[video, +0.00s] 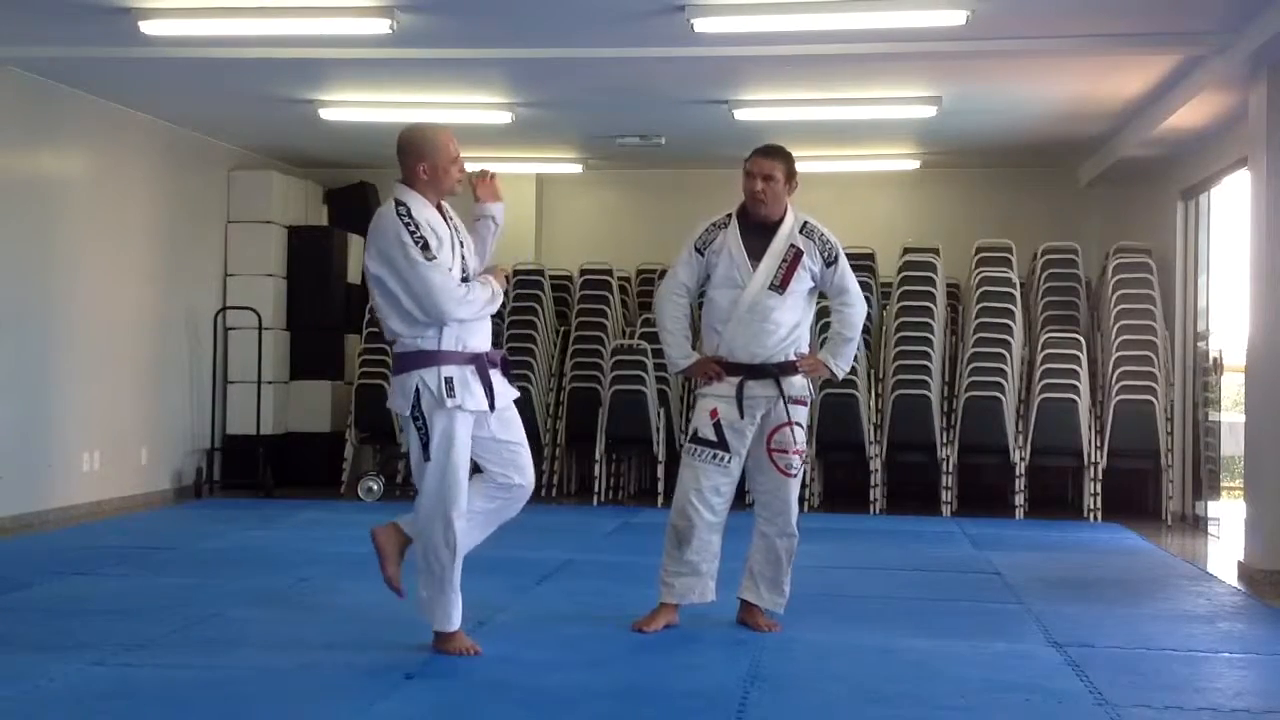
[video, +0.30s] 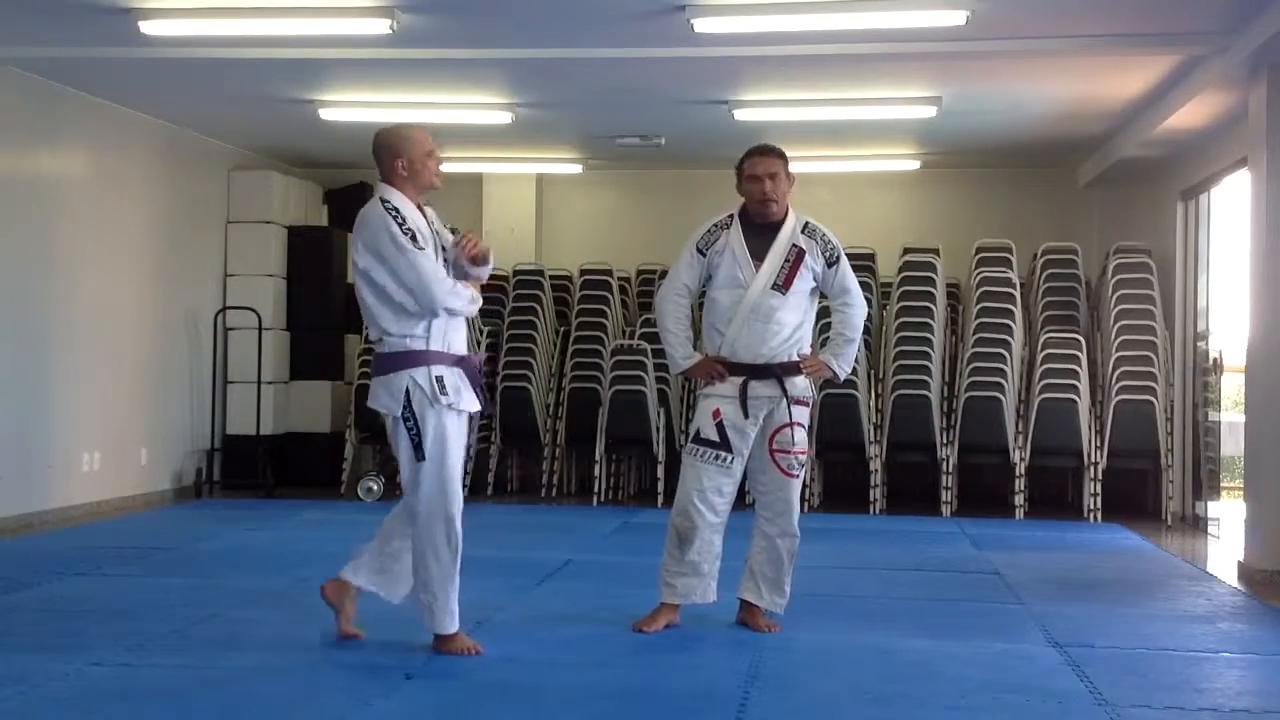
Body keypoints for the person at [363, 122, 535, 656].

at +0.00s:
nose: (462, 168)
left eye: (461, 159)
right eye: (455, 160)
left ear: (427, 168)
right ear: (424, 169)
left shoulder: (443, 217)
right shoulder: (396, 223)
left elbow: (471, 269)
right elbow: (441, 301)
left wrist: (488, 213)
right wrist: (491, 287)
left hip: (478, 374)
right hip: (433, 380)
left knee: (513, 480)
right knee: (443, 502)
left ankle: (404, 535)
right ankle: (446, 627)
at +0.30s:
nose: (440, 165)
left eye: (437, 156)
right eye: (431, 158)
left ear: (405, 166)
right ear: (400, 167)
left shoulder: (418, 216)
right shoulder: (383, 218)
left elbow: (463, 275)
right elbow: (434, 293)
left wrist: (471, 258)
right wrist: (471, 295)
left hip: (444, 375)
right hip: (416, 378)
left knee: (432, 498)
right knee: (438, 503)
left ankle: (350, 583)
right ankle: (445, 629)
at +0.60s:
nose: (425, 170)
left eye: (424, 162)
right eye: (415, 162)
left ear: (390, 170)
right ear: (382, 169)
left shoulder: (410, 223)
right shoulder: (349, 219)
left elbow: (461, 272)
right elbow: (398, 293)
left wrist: (411, 271)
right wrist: (436, 307)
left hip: (403, 378)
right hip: (365, 378)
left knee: (371, 496)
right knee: (397, 499)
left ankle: (315, 605)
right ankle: (432, 621)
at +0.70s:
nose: (417, 170)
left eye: (415, 161)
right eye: (407, 162)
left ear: (383, 170)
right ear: (375, 169)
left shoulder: (403, 224)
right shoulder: (343, 215)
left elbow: (451, 273)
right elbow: (391, 282)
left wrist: (393, 273)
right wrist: (428, 307)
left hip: (394, 379)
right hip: (356, 378)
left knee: (358, 494)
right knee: (392, 500)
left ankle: (313, 607)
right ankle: (427, 620)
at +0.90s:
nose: (411, 165)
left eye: (409, 156)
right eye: (401, 157)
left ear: (377, 164)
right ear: (368, 164)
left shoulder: (398, 222)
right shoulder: (338, 212)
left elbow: (447, 278)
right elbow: (382, 291)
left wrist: (393, 266)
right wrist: (416, 291)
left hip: (383, 370)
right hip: (347, 367)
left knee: (345, 486)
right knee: (385, 487)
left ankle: (309, 608)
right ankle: (382, 625)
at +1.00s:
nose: (411, 165)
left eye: (409, 157)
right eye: (402, 156)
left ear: (377, 165)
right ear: (369, 164)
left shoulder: (395, 223)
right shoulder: (341, 212)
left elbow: (435, 288)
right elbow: (380, 294)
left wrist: (387, 269)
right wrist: (418, 290)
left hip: (379, 374)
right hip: (347, 373)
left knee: (342, 493)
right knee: (364, 501)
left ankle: (309, 609)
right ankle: (356, 633)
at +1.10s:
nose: (414, 165)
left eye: (413, 156)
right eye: (406, 156)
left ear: (380, 164)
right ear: (372, 163)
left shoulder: (394, 222)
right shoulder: (344, 211)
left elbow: (435, 289)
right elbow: (385, 294)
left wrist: (389, 272)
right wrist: (420, 289)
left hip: (376, 378)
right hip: (345, 377)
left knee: (345, 499)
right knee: (358, 506)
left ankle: (308, 610)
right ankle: (352, 636)